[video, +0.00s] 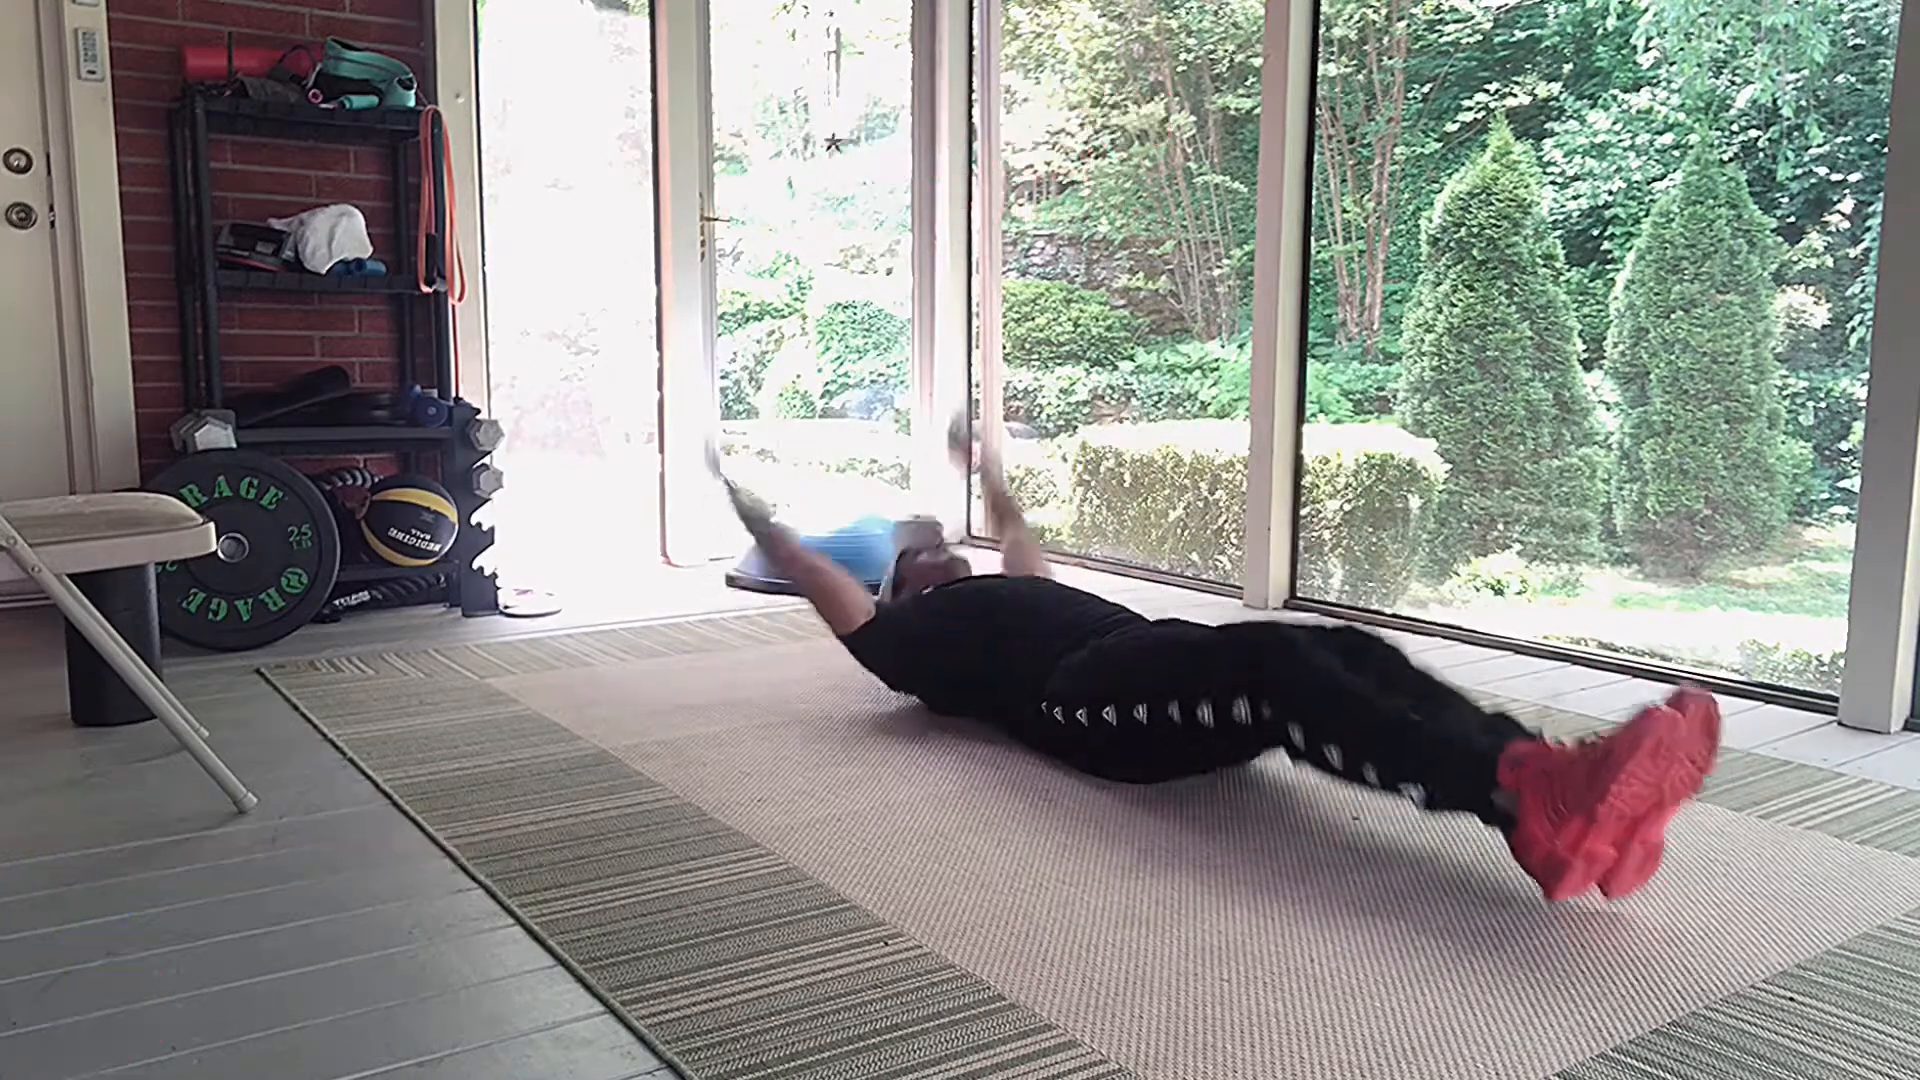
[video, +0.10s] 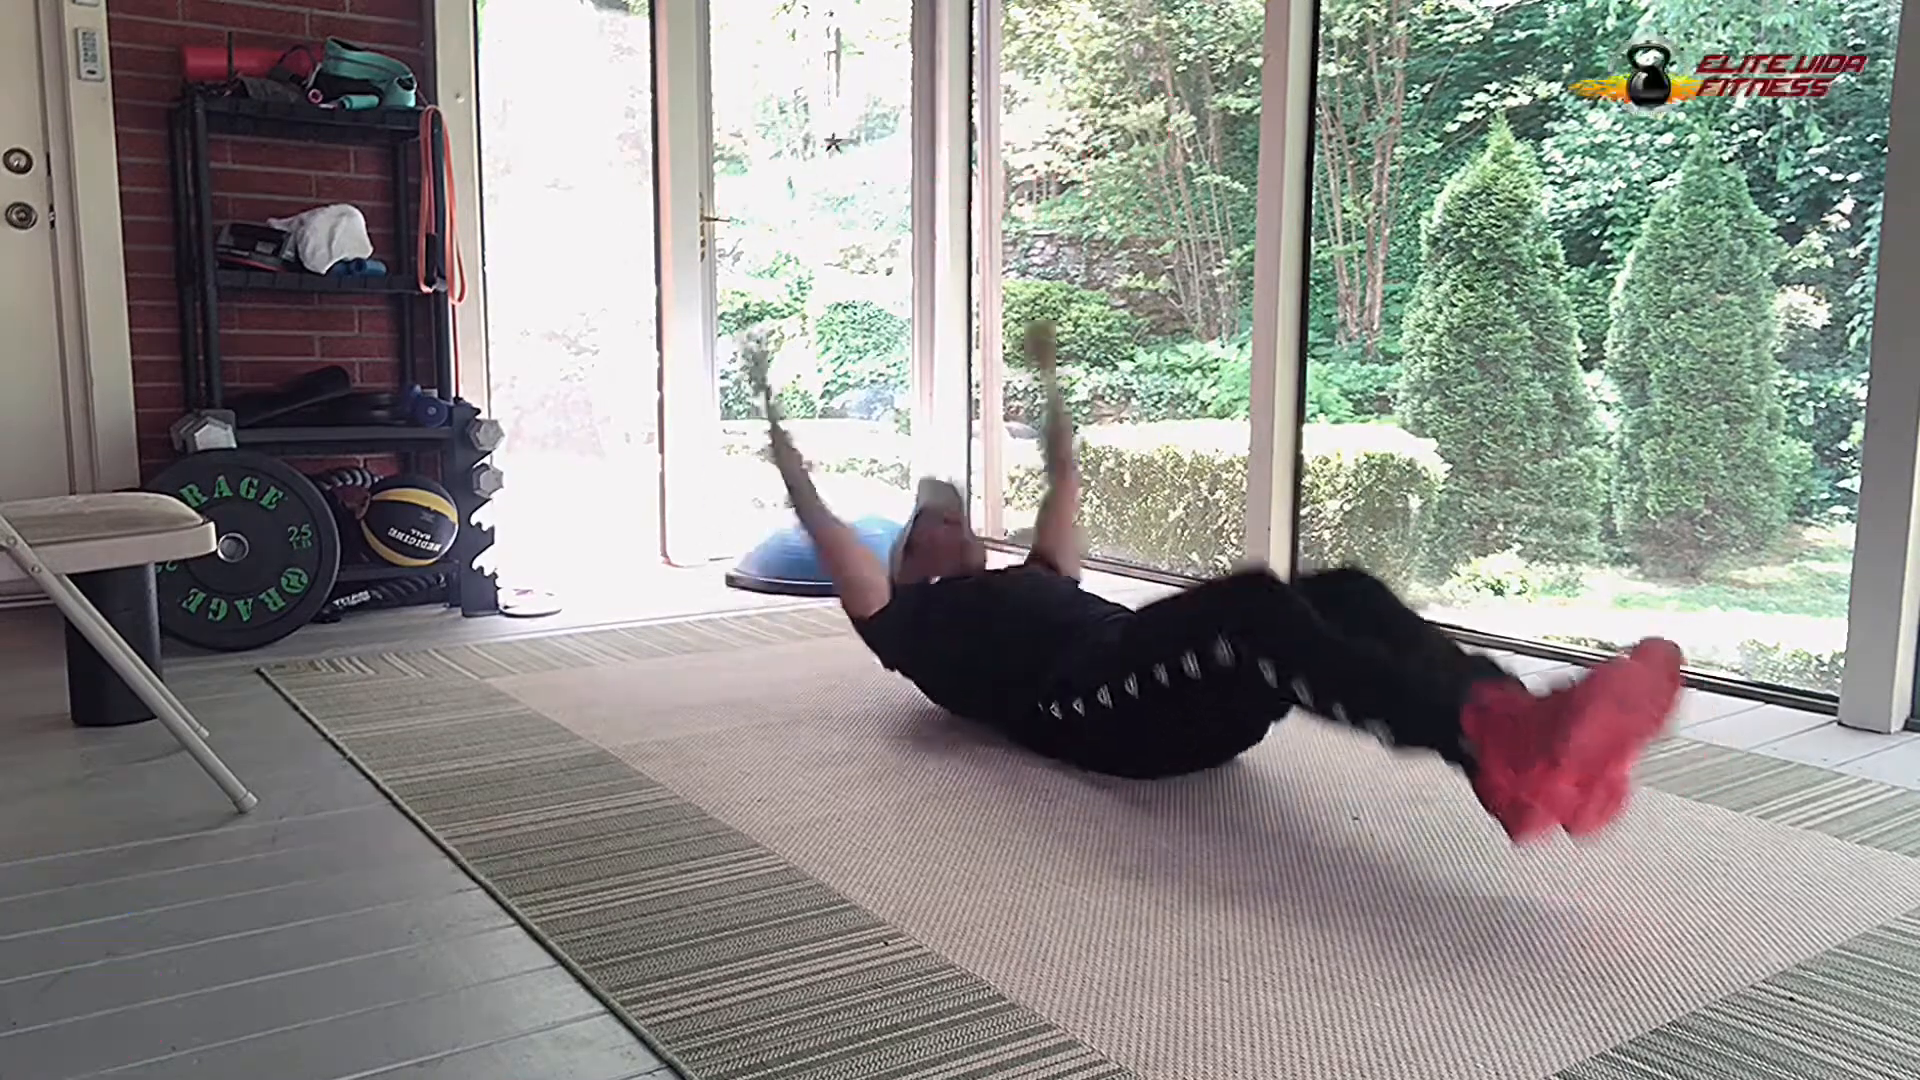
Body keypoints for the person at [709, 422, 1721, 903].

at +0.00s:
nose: (937, 558)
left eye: (942, 549)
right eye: (917, 558)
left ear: (967, 562)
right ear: (889, 590)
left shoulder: (1009, 594)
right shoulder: (895, 635)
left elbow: (1013, 540)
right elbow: (803, 564)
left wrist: (976, 482)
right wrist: (750, 509)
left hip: (1159, 654)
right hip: (1084, 699)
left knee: (1338, 641)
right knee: (1281, 666)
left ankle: (1560, 795)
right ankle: (1531, 809)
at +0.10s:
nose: (956, 523)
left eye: (959, 517)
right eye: (934, 522)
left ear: (975, 540)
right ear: (902, 560)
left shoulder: (1032, 580)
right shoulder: (910, 616)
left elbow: (1061, 497)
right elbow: (833, 542)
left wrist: (1051, 397)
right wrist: (791, 465)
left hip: (1172, 677)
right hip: (1099, 707)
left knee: (1336, 588)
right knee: (1256, 602)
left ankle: (1525, 748)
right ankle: (1497, 744)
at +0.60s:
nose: (1041, 505)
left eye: (1037, 492)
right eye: (1019, 494)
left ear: (1046, 491)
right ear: (981, 499)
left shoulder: (1078, 530)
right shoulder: (943, 567)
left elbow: (1197, 531)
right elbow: (991, 597)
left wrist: (1324, 544)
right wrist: (1105, 563)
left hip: (1185, 695)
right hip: (1084, 713)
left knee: (1133, 444)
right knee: (1062, 449)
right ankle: (1211, 491)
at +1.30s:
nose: (948, 517)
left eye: (956, 508)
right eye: (931, 512)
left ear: (983, 528)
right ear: (907, 545)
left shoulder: (1055, 574)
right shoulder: (913, 610)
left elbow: (1110, 474)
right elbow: (858, 482)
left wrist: (1123, 356)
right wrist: (833, 362)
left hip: (1170, 689)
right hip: (1093, 706)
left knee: (1305, 521)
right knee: (1227, 546)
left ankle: (1481, 660)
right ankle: (1454, 666)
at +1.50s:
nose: (933, 549)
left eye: (944, 542)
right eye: (912, 552)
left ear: (973, 558)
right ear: (893, 585)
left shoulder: (1032, 585)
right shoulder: (907, 623)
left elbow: (1059, 498)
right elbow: (819, 514)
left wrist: (1030, 408)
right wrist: (775, 410)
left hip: (1161, 650)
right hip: (1087, 694)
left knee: (1345, 620)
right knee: (1288, 654)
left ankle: (1564, 728)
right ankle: (1533, 734)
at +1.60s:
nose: (935, 553)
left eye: (939, 546)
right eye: (911, 560)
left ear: (966, 560)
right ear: (887, 593)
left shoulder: (1028, 592)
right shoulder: (895, 632)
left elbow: (1035, 523)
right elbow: (815, 555)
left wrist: (991, 439)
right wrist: (764, 470)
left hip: (1139, 646)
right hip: (1079, 691)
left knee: (1343, 654)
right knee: (1275, 676)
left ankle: (1581, 761)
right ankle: (1542, 762)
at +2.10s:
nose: (916, 579)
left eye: (921, 574)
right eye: (897, 585)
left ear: (938, 582)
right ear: (878, 607)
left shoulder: (1012, 595)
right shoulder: (883, 650)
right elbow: (777, 632)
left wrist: (956, 558)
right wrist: (745, 616)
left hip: (1159, 638)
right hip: (1077, 679)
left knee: (1335, 700)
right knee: (1267, 742)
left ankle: (1571, 842)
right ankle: (1541, 825)